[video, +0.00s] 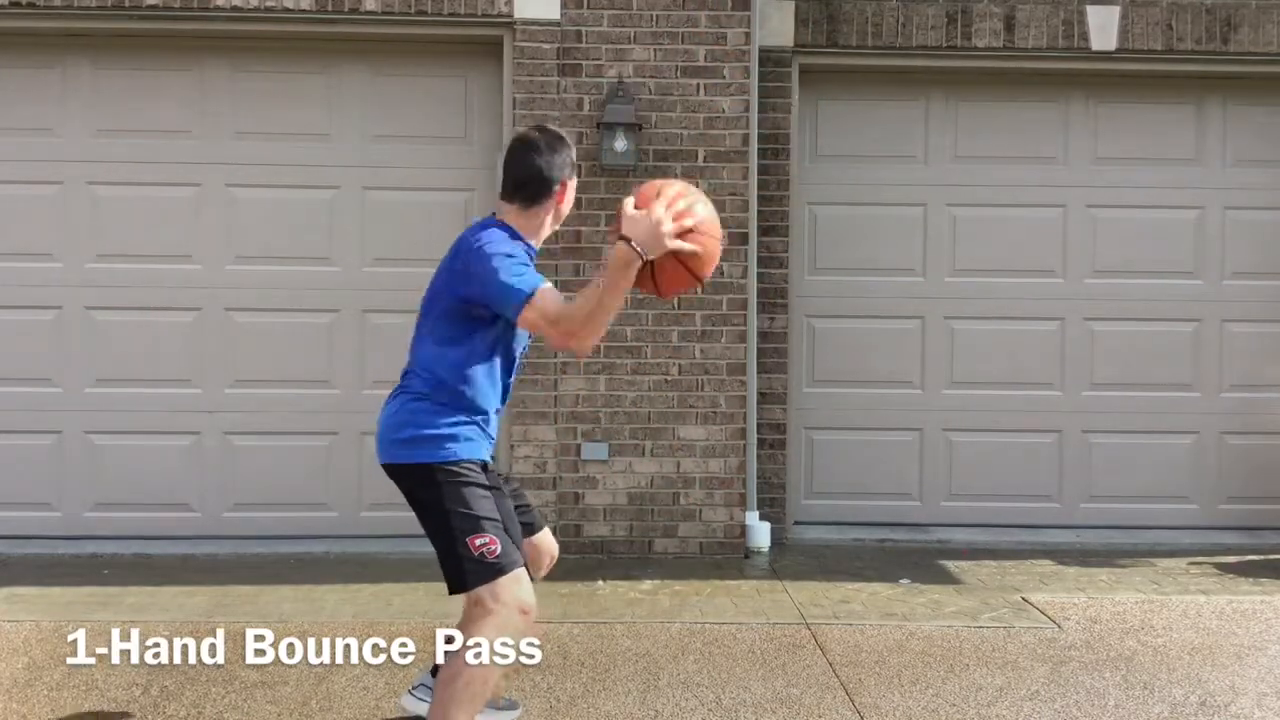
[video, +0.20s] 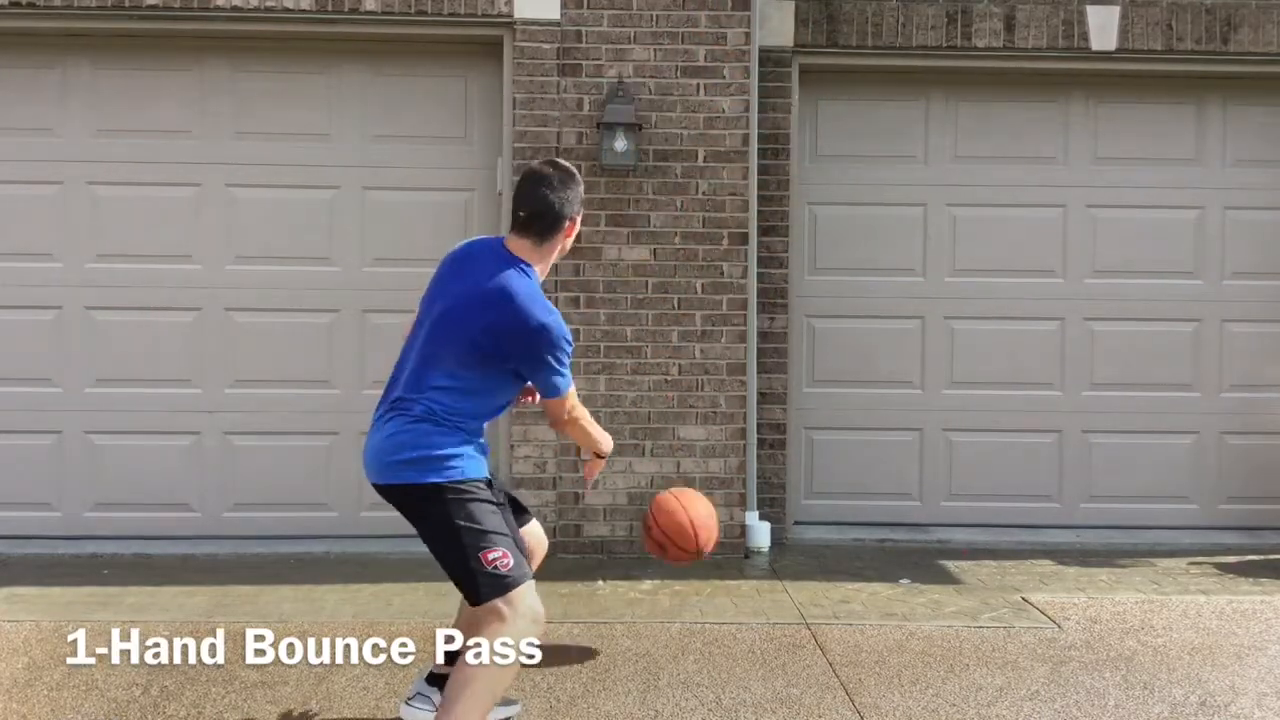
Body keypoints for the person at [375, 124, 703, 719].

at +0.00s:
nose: (573, 199)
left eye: (572, 189)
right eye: (573, 188)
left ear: (506, 181)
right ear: (563, 194)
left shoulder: (508, 251)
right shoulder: (488, 251)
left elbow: (569, 330)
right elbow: (576, 334)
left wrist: (626, 256)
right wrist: (629, 250)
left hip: (460, 442)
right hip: (432, 444)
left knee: (539, 552)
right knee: (509, 610)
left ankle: (445, 681)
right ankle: (451, 711)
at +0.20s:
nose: (578, 230)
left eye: (578, 219)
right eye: (579, 221)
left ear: (514, 213)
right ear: (571, 230)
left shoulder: (469, 255)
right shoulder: (539, 322)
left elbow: (439, 339)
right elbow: (564, 413)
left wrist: (512, 379)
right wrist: (601, 445)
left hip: (398, 444)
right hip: (434, 458)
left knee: (529, 543)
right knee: (516, 616)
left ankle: (442, 684)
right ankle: (454, 712)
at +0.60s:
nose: (563, 183)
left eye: (560, 175)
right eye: (563, 175)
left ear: (496, 175)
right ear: (556, 182)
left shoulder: (459, 234)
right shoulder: (537, 258)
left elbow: (406, 329)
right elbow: (586, 377)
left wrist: (496, 366)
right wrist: (635, 360)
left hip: (414, 435)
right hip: (459, 443)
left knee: (526, 541)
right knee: (530, 613)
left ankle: (444, 684)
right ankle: (458, 713)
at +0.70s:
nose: (559, 157)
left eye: (555, 147)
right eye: (559, 147)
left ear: (491, 152)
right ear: (550, 155)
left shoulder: (462, 216)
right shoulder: (528, 231)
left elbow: (420, 317)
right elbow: (618, 319)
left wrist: (510, 367)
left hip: (429, 422)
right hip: (461, 430)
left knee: (495, 577)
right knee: (523, 610)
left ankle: (443, 688)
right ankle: (456, 711)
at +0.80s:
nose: (558, 133)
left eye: (555, 123)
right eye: (555, 123)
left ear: (487, 130)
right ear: (543, 130)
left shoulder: (468, 196)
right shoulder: (519, 198)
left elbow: (440, 313)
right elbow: (638, 250)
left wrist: (523, 360)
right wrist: (659, 166)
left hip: (463, 417)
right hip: (466, 424)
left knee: (520, 587)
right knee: (496, 603)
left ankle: (445, 687)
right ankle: (453, 713)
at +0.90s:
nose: (558, 116)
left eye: (555, 103)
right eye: (556, 103)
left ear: (490, 110)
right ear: (542, 108)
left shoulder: (490, 179)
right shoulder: (509, 174)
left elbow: (468, 312)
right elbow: (636, 220)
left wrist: (532, 360)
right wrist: (676, 121)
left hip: (496, 418)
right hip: (467, 422)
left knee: (537, 558)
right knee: (496, 601)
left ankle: (455, 681)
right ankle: (443, 709)